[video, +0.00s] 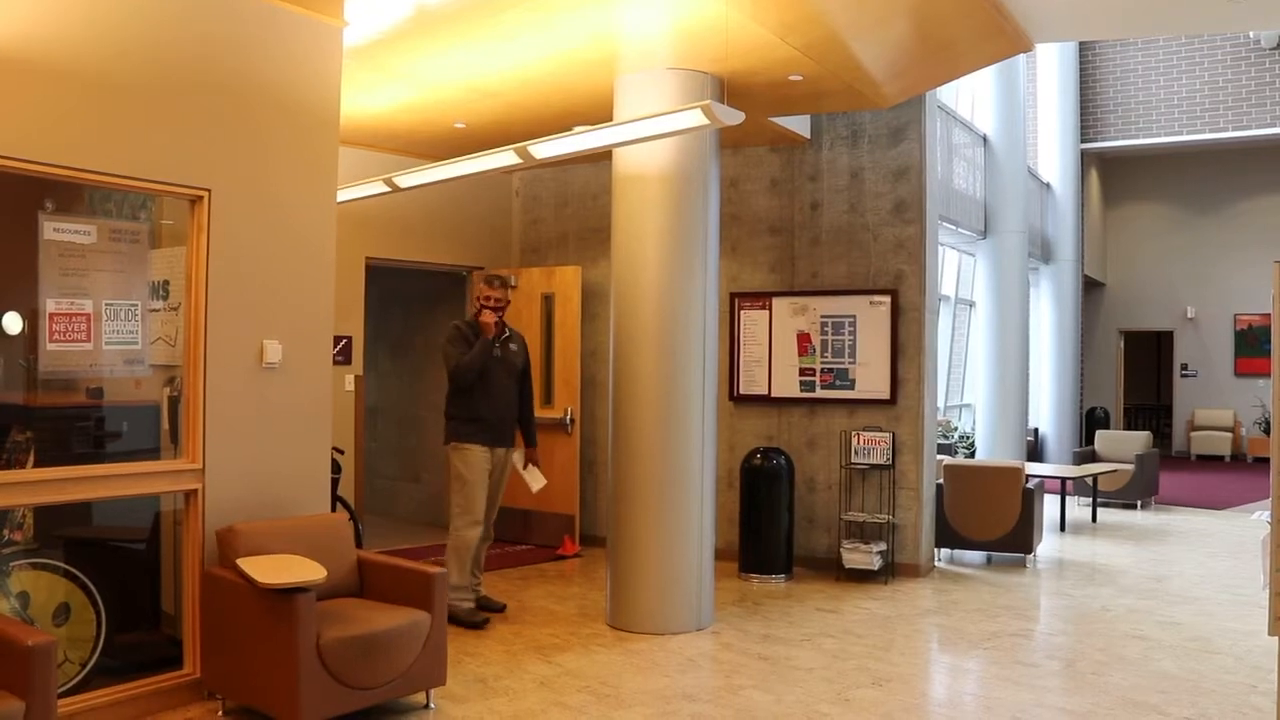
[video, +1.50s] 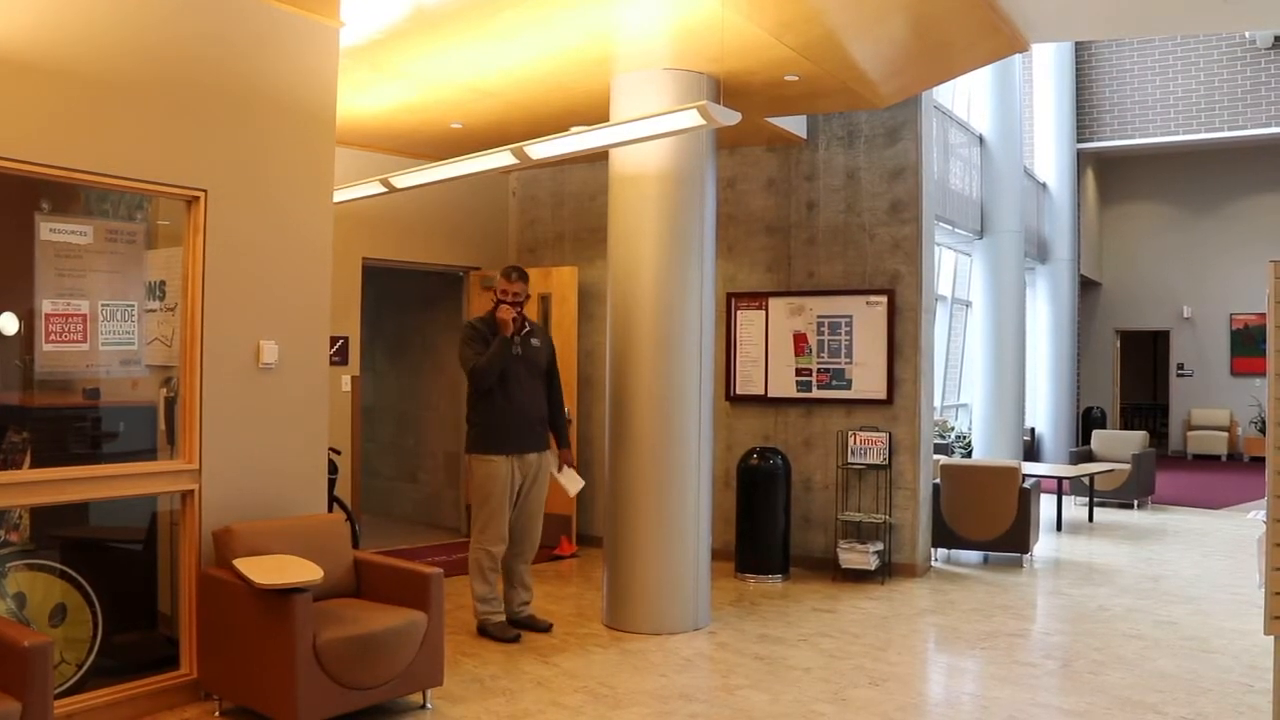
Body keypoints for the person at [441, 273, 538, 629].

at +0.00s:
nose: (494, 308)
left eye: (500, 303)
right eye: (489, 302)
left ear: (508, 303)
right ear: (477, 299)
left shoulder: (515, 341)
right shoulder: (460, 332)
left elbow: (524, 397)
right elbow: (460, 377)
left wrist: (530, 445)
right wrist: (486, 337)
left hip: (502, 441)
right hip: (468, 440)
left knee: (485, 522)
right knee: (468, 521)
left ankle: (474, 590)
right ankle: (457, 600)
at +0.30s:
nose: (493, 311)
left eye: (500, 306)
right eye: (488, 304)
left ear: (509, 305)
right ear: (478, 300)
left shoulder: (518, 342)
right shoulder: (461, 335)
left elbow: (529, 397)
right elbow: (464, 383)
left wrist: (535, 447)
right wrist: (488, 340)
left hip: (507, 444)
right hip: (472, 444)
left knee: (487, 523)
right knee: (478, 524)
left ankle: (467, 591)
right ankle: (490, 608)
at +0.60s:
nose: (494, 309)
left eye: (501, 303)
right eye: (489, 302)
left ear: (511, 301)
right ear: (478, 296)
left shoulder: (521, 337)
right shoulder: (462, 335)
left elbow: (532, 392)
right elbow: (470, 384)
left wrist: (540, 441)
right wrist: (492, 341)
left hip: (515, 445)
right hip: (479, 446)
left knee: (503, 524)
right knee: (486, 529)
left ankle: (473, 582)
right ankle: (492, 614)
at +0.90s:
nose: (495, 306)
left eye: (502, 300)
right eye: (488, 299)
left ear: (513, 299)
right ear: (478, 295)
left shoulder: (524, 333)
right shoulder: (463, 335)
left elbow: (536, 388)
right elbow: (472, 386)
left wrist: (548, 435)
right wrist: (495, 340)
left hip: (527, 446)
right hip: (484, 449)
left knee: (532, 523)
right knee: (486, 534)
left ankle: (505, 594)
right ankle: (489, 614)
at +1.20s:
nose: (501, 304)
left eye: (507, 298)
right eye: (495, 297)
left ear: (518, 297)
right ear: (484, 293)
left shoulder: (533, 334)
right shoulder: (468, 332)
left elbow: (546, 389)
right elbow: (473, 381)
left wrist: (557, 440)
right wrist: (497, 337)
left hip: (533, 448)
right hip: (487, 450)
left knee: (526, 537)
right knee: (489, 539)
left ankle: (520, 609)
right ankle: (490, 616)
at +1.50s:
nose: (510, 302)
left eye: (517, 297)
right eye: (504, 295)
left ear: (527, 297)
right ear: (494, 292)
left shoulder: (539, 336)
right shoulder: (476, 330)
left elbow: (553, 394)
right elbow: (479, 378)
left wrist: (564, 445)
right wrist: (504, 334)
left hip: (535, 450)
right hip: (491, 450)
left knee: (525, 539)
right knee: (490, 539)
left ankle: (519, 610)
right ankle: (488, 616)